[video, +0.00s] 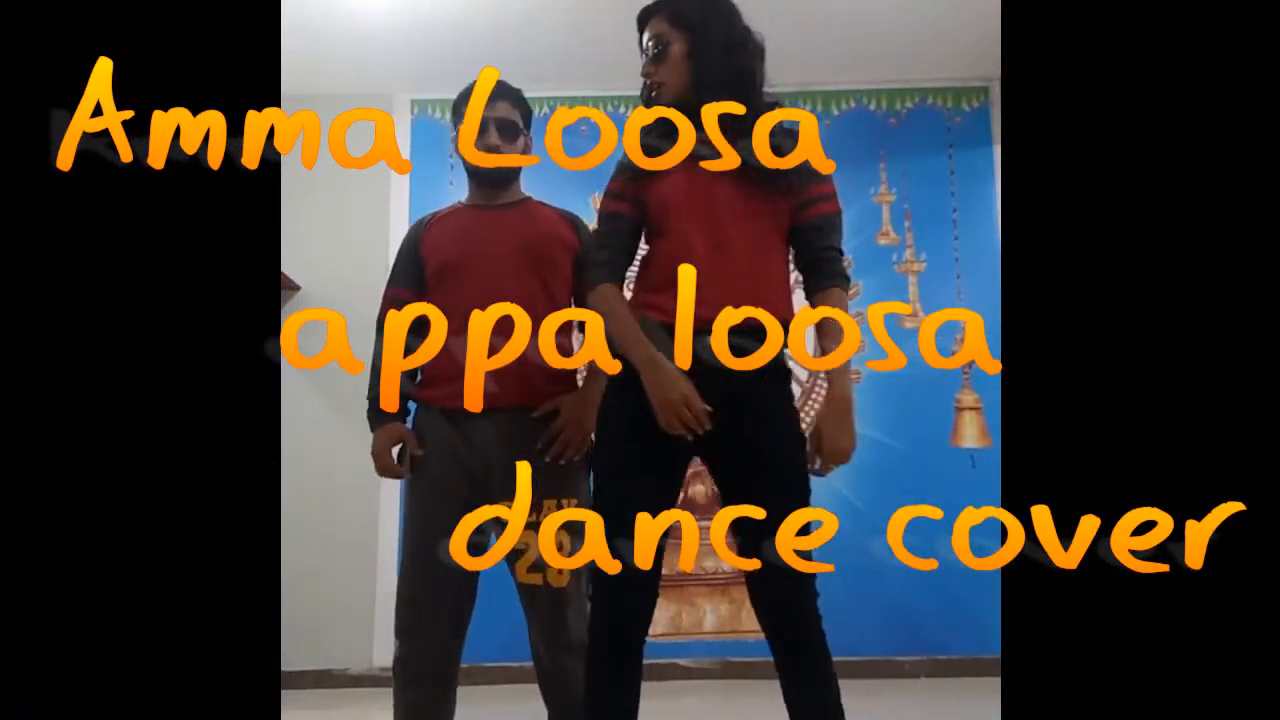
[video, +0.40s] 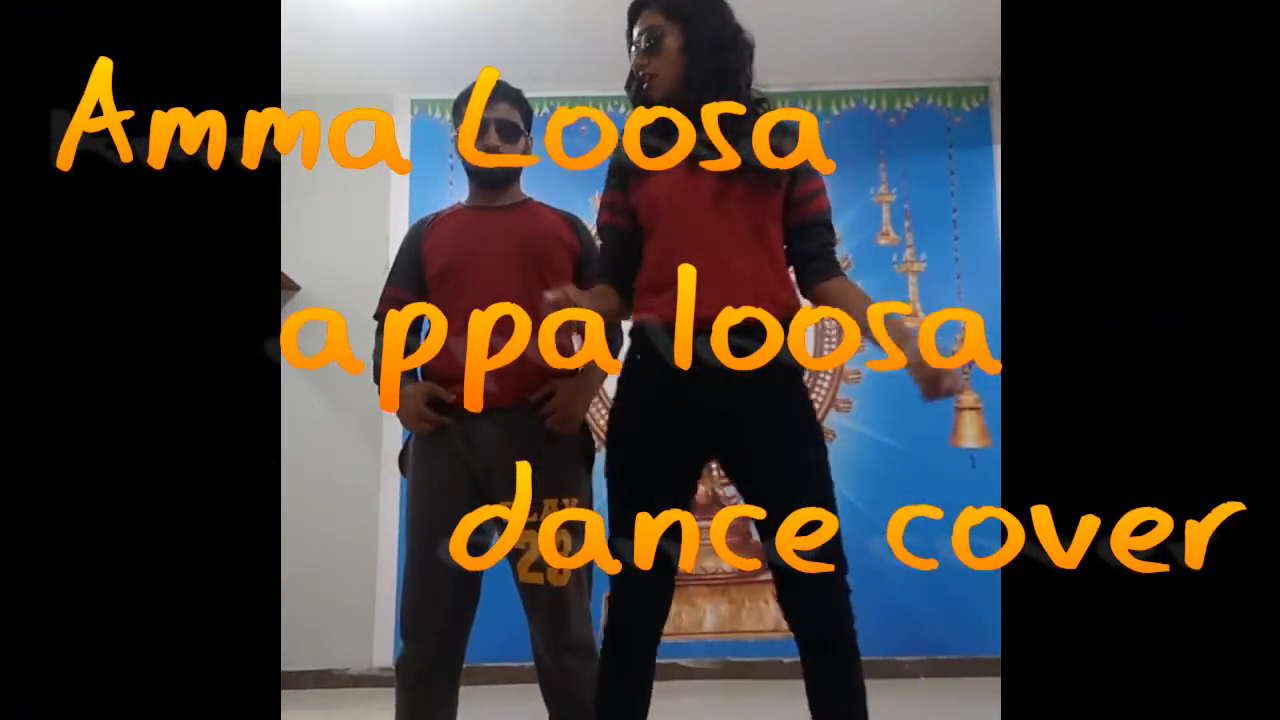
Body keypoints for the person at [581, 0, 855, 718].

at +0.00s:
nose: (646, 69)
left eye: (660, 50)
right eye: (645, 55)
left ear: (714, 51)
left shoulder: (784, 142)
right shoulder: (650, 146)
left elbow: (826, 272)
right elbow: (600, 269)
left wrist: (838, 395)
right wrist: (652, 368)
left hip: (754, 388)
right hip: (649, 382)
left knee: (787, 600)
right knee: (620, 599)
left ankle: (822, 719)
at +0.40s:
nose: (635, 61)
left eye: (653, 42)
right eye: (634, 46)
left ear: (709, 47)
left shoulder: (778, 137)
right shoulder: (636, 148)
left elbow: (820, 272)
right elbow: (615, 285)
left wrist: (909, 347)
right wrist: (582, 301)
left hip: (765, 387)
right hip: (658, 388)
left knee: (818, 599)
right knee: (636, 602)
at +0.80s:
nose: (702, 47)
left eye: (719, 31)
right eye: (682, 37)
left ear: (749, 45)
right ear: (664, 60)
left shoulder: (791, 134)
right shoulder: (657, 151)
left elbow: (878, 240)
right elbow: (626, 294)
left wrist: (943, 116)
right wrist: (560, 184)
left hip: (792, 386)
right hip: (685, 388)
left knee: (819, 599)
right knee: (638, 603)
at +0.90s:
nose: (710, 49)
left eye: (726, 31)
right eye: (691, 38)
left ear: (755, 44)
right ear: (671, 57)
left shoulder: (792, 133)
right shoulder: (659, 147)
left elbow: (890, 205)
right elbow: (620, 288)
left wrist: (899, 74)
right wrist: (563, 181)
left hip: (774, 384)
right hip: (670, 385)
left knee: (808, 600)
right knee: (635, 601)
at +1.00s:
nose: (710, 47)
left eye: (727, 32)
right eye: (691, 36)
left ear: (755, 47)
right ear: (670, 55)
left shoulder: (789, 134)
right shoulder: (659, 147)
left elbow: (888, 186)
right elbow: (617, 285)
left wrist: (885, 63)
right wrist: (562, 182)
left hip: (767, 380)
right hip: (664, 378)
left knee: (802, 592)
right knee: (637, 594)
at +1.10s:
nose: (709, 51)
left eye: (726, 35)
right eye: (691, 38)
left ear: (753, 47)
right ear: (668, 54)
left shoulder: (783, 132)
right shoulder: (652, 139)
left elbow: (882, 168)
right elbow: (615, 283)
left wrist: (853, 49)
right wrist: (578, 180)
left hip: (760, 384)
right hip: (654, 380)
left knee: (800, 598)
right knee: (634, 600)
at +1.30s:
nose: (714, 57)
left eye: (730, 38)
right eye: (695, 45)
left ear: (760, 45)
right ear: (674, 57)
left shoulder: (784, 133)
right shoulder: (654, 140)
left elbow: (868, 176)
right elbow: (639, 269)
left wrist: (829, 72)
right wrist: (686, 196)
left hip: (777, 383)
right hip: (674, 383)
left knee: (800, 596)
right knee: (646, 598)